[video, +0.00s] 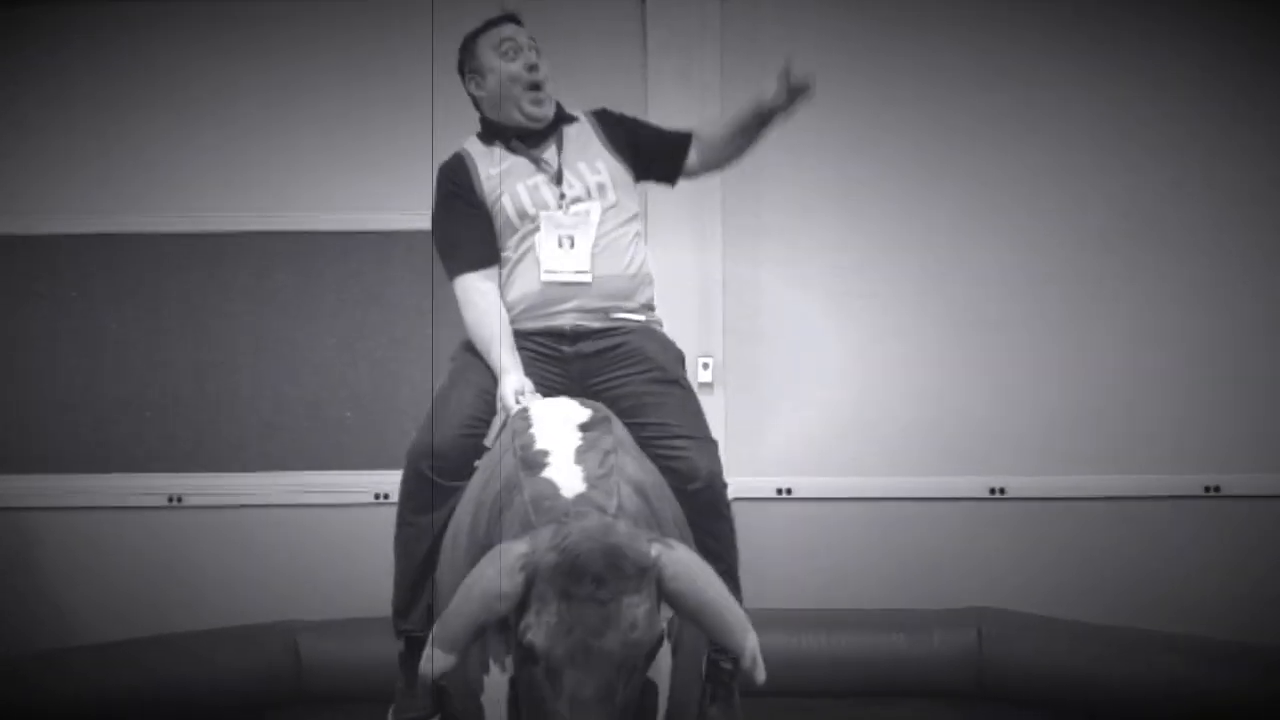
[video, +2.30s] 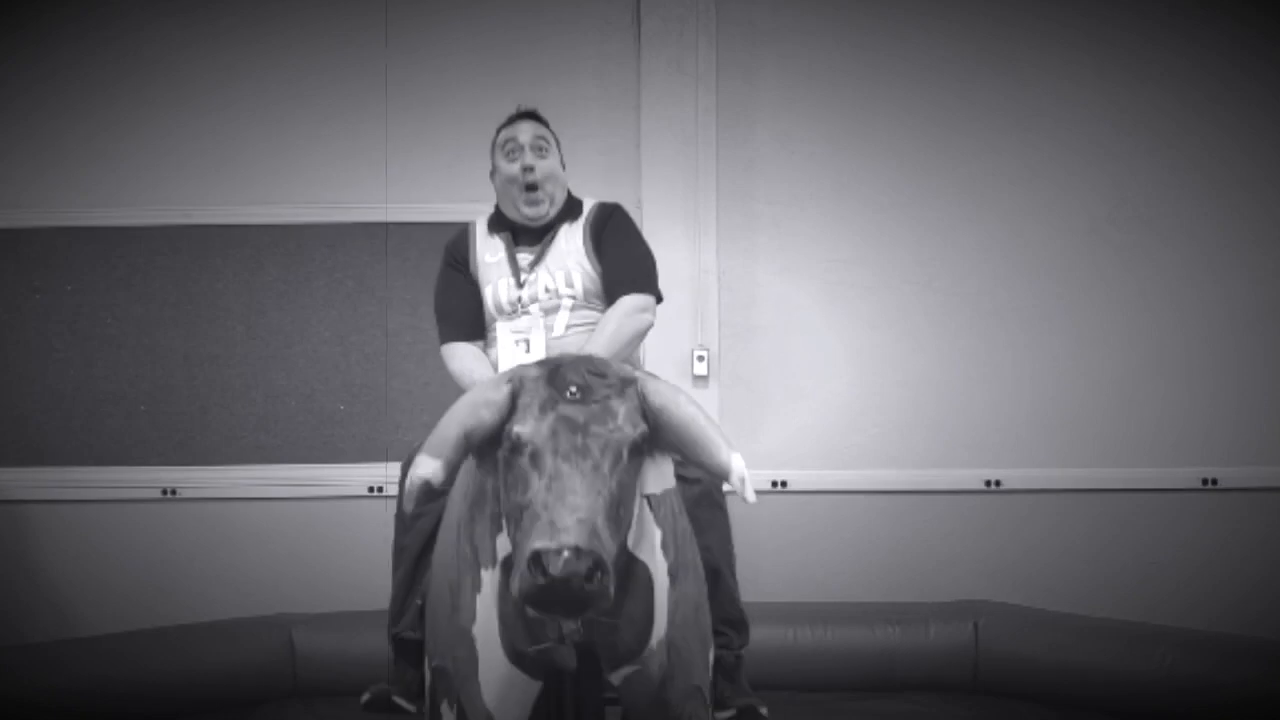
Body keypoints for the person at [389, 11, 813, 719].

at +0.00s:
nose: (533, 64)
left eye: (534, 51)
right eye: (509, 56)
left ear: (547, 65)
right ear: (474, 87)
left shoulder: (605, 132)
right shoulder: (466, 172)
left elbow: (699, 155)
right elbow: (474, 284)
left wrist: (765, 111)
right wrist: (508, 371)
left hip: (626, 339)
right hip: (519, 346)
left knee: (700, 476)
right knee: (434, 456)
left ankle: (725, 663)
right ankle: (418, 652)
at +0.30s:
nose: (529, 45)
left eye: (527, 35)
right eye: (505, 40)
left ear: (542, 55)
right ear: (473, 80)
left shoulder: (604, 111)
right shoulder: (469, 158)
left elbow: (685, 76)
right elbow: (485, 278)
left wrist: (717, 8)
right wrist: (514, 370)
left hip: (636, 328)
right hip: (525, 336)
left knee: (708, 474)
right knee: (438, 456)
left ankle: (730, 655)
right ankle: (421, 654)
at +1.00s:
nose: (494, 48)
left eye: (489, 44)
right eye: (471, 47)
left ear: (507, 67)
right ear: (438, 97)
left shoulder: (579, 116)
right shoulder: (446, 172)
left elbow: (661, 141)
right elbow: (474, 295)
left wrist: (740, 98)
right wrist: (510, 409)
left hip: (638, 353)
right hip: (514, 365)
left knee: (709, 518)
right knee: (428, 509)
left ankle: (735, 695)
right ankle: (411, 697)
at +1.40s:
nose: (493, 60)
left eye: (492, 51)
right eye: (463, 59)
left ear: (513, 71)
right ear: (441, 108)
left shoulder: (593, 133)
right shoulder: (446, 195)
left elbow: (689, 189)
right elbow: (470, 328)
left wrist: (798, 202)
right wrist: (505, 438)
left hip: (636, 388)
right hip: (507, 399)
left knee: (711, 555)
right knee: (417, 542)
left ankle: (739, 712)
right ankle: (402, 710)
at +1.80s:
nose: (514, 84)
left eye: (517, 71)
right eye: (488, 81)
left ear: (539, 88)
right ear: (465, 124)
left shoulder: (607, 155)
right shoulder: (455, 203)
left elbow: (682, 226)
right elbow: (469, 328)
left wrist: (729, 281)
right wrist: (512, 423)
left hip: (633, 381)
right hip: (512, 391)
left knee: (709, 518)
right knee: (426, 511)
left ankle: (744, 691)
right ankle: (405, 692)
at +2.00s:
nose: (524, 110)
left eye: (532, 98)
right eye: (501, 104)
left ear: (553, 117)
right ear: (479, 139)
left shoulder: (608, 181)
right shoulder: (461, 216)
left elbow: (671, 264)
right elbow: (460, 326)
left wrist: (626, 342)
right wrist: (506, 404)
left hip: (624, 378)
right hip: (508, 386)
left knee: (707, 504)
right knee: (425, 495)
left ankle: (738, 689)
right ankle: (408, 683)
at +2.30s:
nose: (527, 163)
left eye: (540, 150)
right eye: (511, 153)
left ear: (564, 168)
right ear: (492, 179)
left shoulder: (602, 220)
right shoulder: (468, 246)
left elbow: (639, 302)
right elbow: (457, 344)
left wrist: (582, 377)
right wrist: (513, 401)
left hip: (605, 396)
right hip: (508, 406)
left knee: (699, 481)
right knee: (422, 487)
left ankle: (725, 673)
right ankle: (409, 672)